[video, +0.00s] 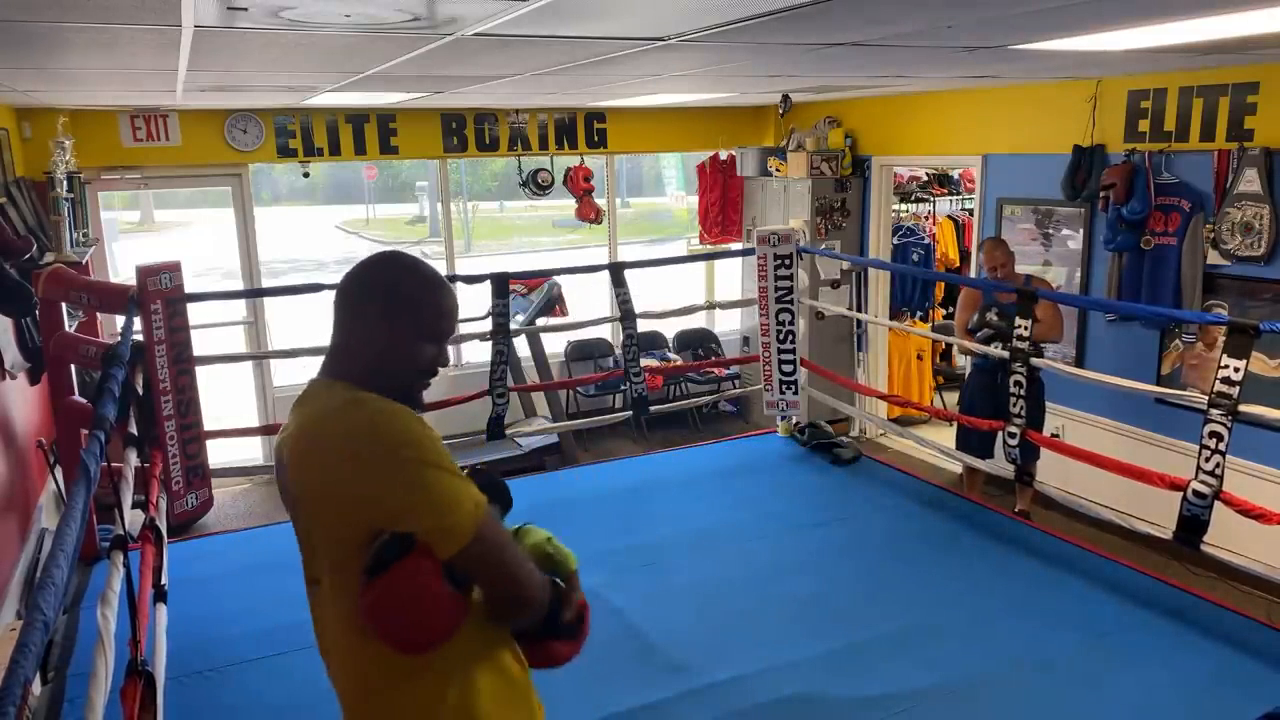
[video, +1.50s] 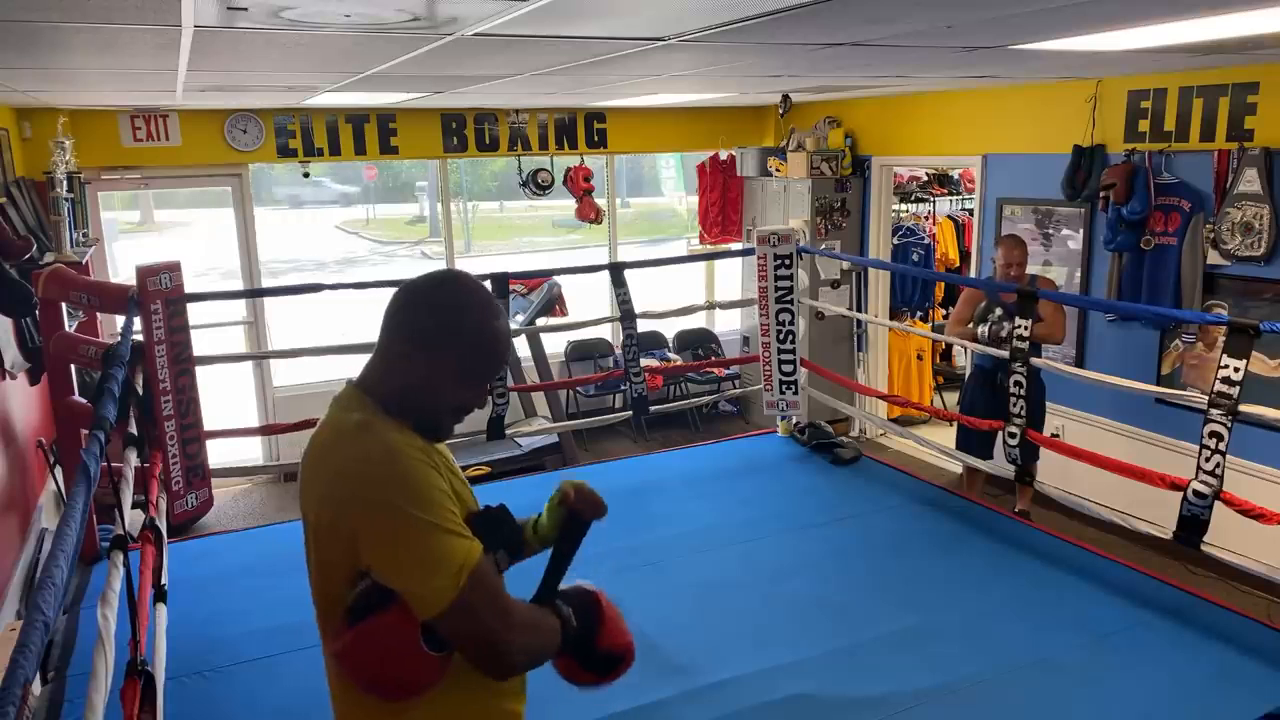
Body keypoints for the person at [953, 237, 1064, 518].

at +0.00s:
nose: (998, 274)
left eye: (1002, 267)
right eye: (991, 270)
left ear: (1013, 260)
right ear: (982, 267)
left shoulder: (1037, 286)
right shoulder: (974, 290)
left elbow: (1054, 331)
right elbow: (961, 335)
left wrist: (1013, 329)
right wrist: (984, 346)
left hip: (1025, 379)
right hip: (984, 377)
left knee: (1026, 448)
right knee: (974, 445)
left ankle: (1022, 513)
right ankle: (971, 506)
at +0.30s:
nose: (998, 275)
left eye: (1002, 267)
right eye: (991, 270)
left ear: (1013, 260)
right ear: (982, 266)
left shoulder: (1037, 287)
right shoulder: (973, 292)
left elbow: (1055, 331)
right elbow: (962, 338)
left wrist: (1014, 330)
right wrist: (985, 348)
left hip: (1024, 380)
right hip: (983, 377)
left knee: (1026, 448)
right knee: (974, 446)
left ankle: (1022, 513)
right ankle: (971, 506)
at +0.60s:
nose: (999, 274)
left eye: (1003, 266)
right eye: (992, 269)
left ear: (1014, 260)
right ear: (983, 267)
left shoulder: (1038, 286)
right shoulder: (973, 294)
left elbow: (1063, 327)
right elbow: (961, 339)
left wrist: (1026, 328)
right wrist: (977, 347)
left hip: (1025, 381)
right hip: (984, 380)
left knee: (1027, 450)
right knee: (974, 448)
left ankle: (1022, 514)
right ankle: (970, 507)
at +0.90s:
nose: (1000, 274)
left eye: (1005, 266)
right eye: (993, 269)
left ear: (1016, 260)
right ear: (983, 266)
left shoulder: (1039, 286)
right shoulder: (975, 291)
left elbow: (1058, 330)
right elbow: (960, 339)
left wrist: (1017, 331)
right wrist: (981, 349)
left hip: (1024, 381)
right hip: (983, 379)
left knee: (1026, 448)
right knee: (974, 445)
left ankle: (1022, 513)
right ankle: (971, 505)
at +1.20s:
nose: (1004, 271)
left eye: (1010, 265)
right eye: (999, 266)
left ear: (1022, 261)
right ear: (989, 264)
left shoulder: (1041, 286)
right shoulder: (978, 287)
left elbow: (1057, 331)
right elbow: (955, 330)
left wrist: (1016, 331)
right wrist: (982, 342)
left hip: (1025, 381)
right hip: (983, 378)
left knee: (1026, 449)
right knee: (974, 446)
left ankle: (1022, 513)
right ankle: (971, 505)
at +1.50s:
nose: (1014, 272)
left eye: (1020, 265)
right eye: (1008, 266)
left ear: (1027, 262)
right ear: (995, 262)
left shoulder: (1043, 287)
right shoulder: (978, 289)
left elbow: (1056, 333)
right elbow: (952, 330)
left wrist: (1016, 329)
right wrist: (985, 331)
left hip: (1025, 381)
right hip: (984, 378)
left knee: (1026, 449)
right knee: (974, 446)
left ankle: (1022, 514)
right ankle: (969, 507)